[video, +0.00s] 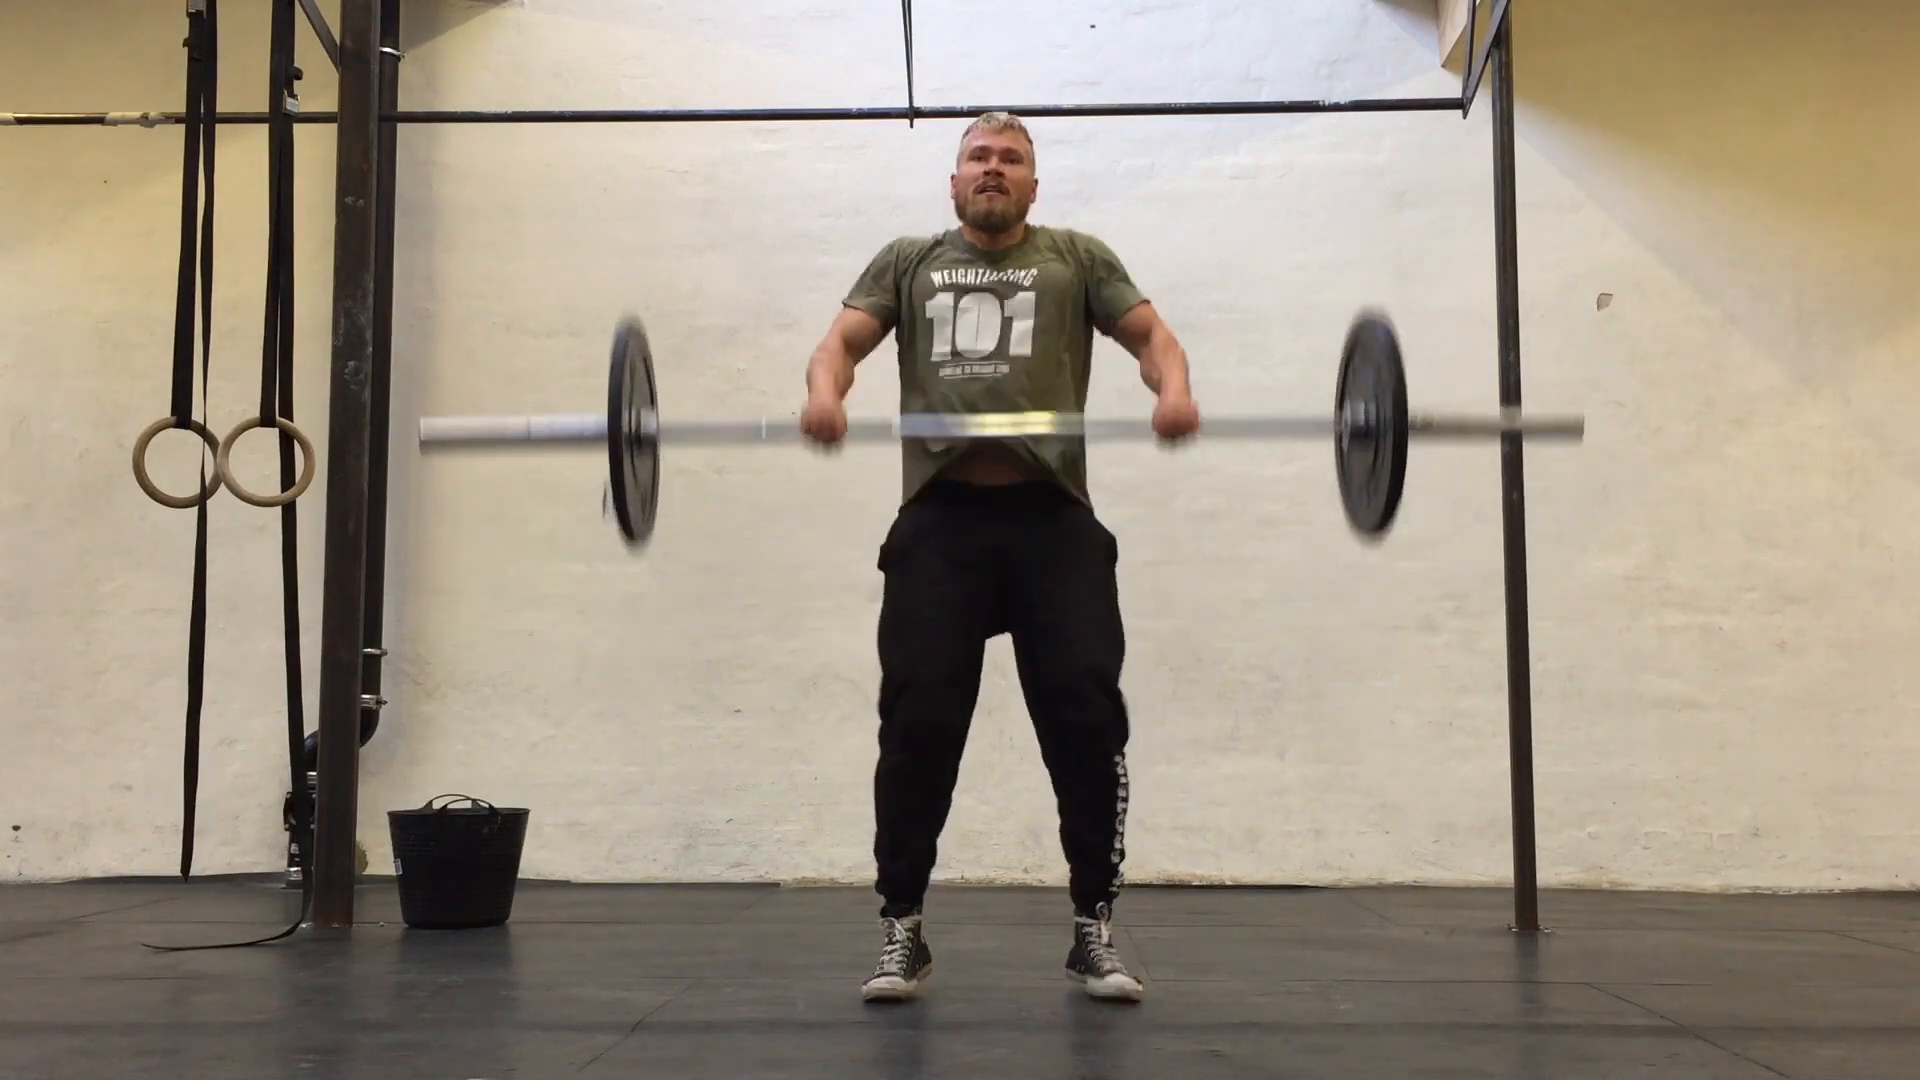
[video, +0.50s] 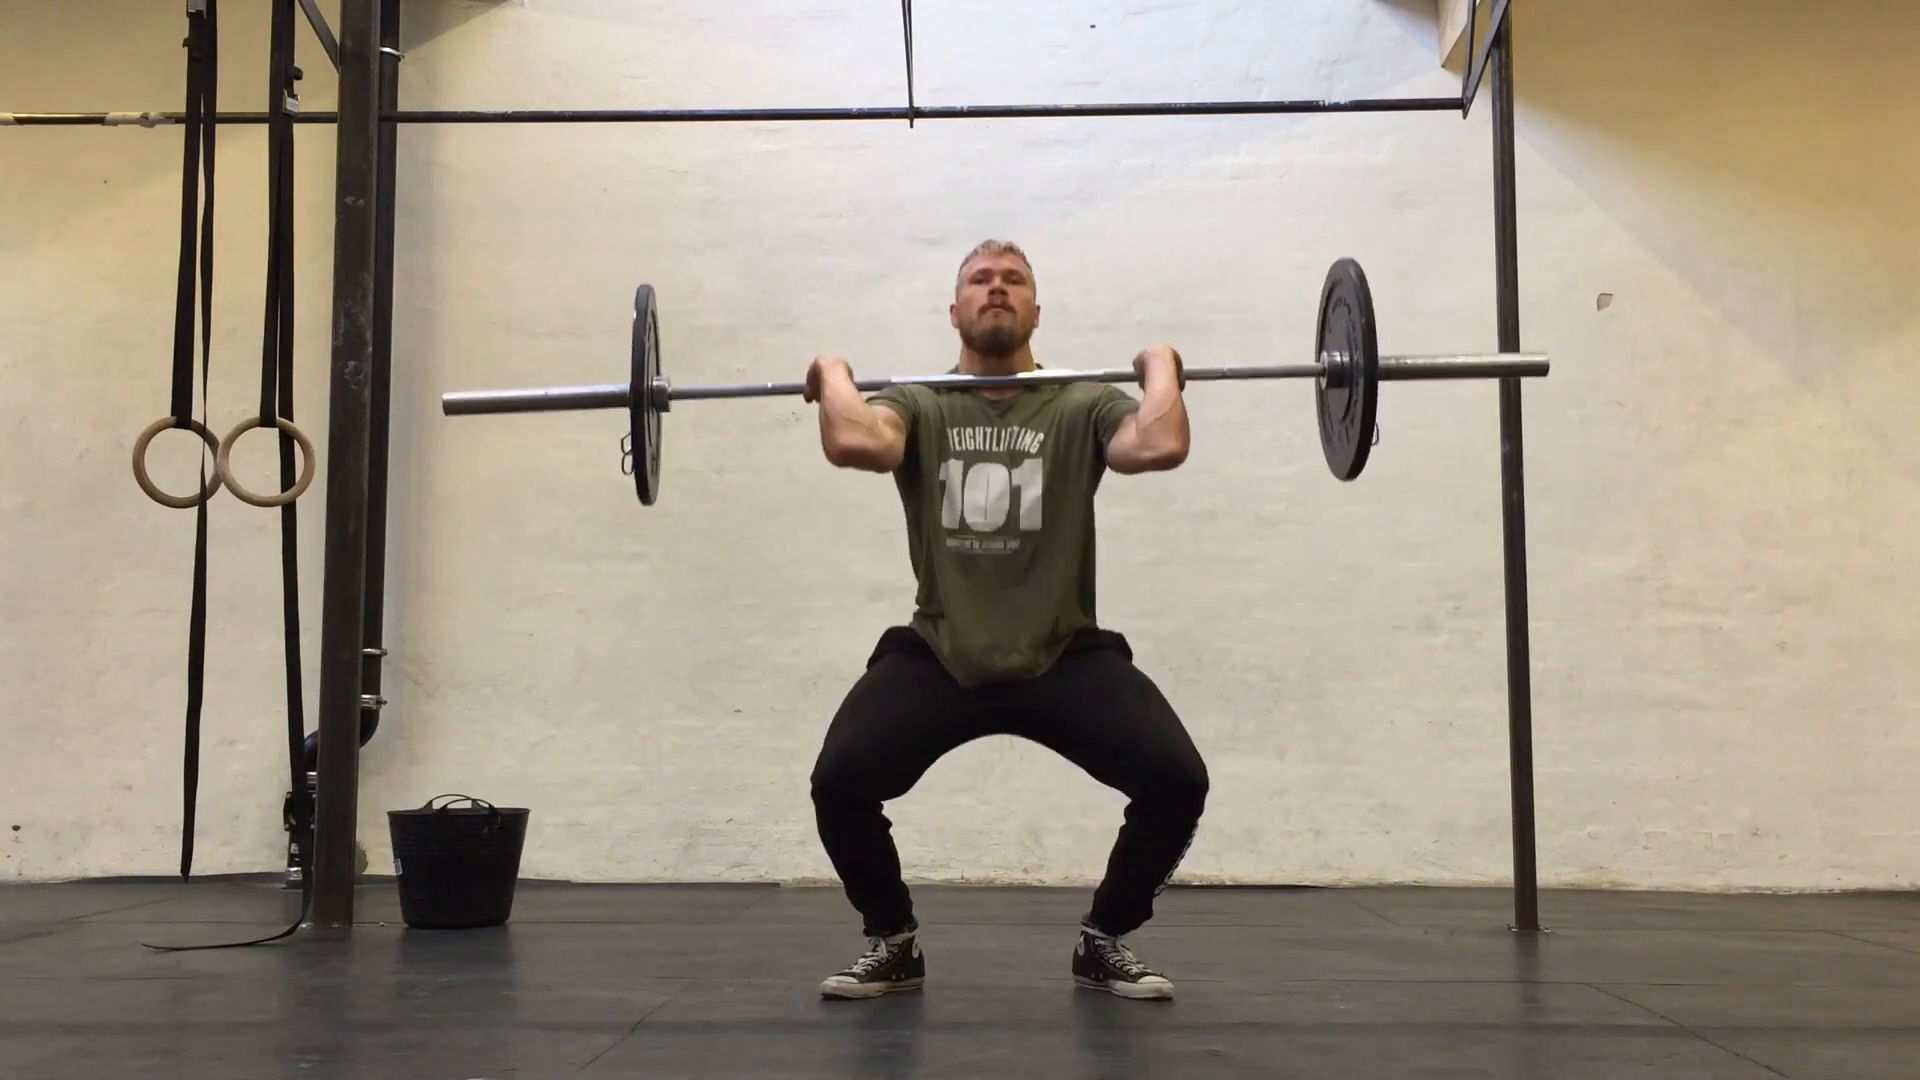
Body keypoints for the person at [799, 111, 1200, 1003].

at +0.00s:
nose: (992, 167)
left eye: (1010, 157)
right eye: (978, 155)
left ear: (1035, 179)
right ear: (954, 176)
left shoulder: (1078, 258)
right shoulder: (908, 261)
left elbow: (1152, 337)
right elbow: (840, 344)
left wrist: (1174, 391)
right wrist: (825, 395)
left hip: (1054, 525)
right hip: (941, 524)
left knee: (1087, 716)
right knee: (917, 720)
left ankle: (1096, 928)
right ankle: (901, 928)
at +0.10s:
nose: (1003, 182)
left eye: (1020, 172)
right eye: (987, 170)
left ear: (1044, 199)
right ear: (959, 194)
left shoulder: (1085, 294)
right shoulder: (907, 292)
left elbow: (1143, 411)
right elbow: (850, 418)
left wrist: (1165, 359)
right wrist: (830, 367)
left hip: (1054, 558)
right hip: (937, 555)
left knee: (1112, 724)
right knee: (894, 720)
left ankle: (1100, 927)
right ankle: (899, 918)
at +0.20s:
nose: (1004, 221)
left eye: (1020, 212)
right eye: (987, 210)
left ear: (1042, 246)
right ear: (959, 242)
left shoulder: (1091, 350)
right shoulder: (908, 355)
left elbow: (1168, 460)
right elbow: (843, 472)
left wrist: (1177, 349)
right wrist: (824, 365)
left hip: (1055, 602)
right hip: (933, 603)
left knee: (1137, 752)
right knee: (865, 749)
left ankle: (1104, 944)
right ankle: (891, 942)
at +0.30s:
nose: (998, 259)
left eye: (1014, 250)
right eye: (982, 248)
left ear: (1037, 281)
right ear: (955, 279)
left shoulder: (1083, 375)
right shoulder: (915, 377)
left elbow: (1167, 423)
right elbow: (844, 431)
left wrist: (1164, 336)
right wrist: (832, 349)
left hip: (1062, 635)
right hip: (937, 635)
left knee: (1161, 767)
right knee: (845, 767)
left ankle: (1103, 945)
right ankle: (892, 944)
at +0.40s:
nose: (996, 287)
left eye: (1013, 278)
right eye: (980, 277)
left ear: (1036, 310)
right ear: (954, 308)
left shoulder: (1082, 401)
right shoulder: (915, 403)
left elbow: (1164, 445)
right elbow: (848, 444)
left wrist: (1159, 358)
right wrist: (833, 369)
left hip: (1065, 657)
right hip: (939, 657)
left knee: (1176, 781)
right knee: (839, 780)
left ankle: (1103, 944)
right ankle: (893, 948)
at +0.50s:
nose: (997, 287)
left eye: (1013, 279)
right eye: (980, 279)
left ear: (1037, 311)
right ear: (954, 311)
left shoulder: (1082, 402)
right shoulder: (917, 404)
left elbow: (1163, 444)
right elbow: (849, 441)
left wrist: (1158, 362)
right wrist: (833, 371)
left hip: (1065, 658)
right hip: (939, 658)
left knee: (1177, 782)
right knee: (840, 783)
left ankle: (1103, 945)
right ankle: (893, 946)